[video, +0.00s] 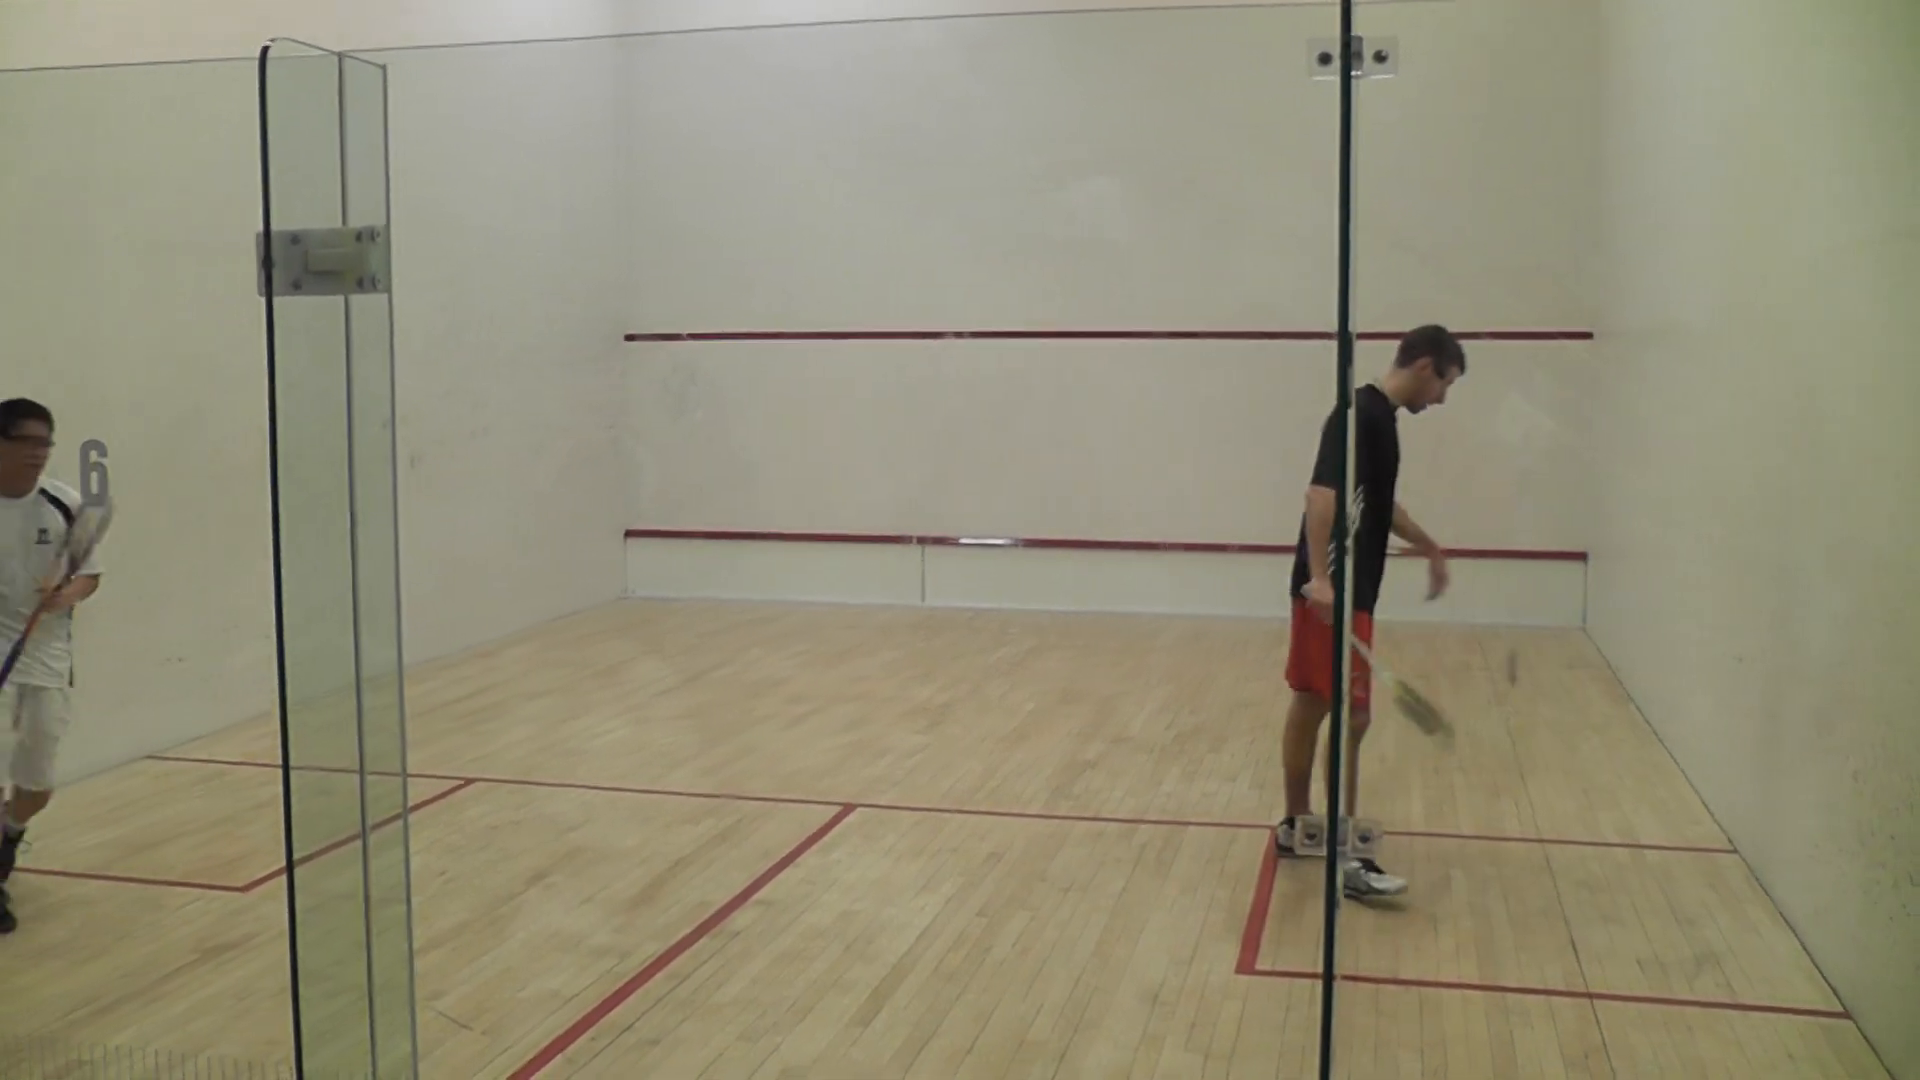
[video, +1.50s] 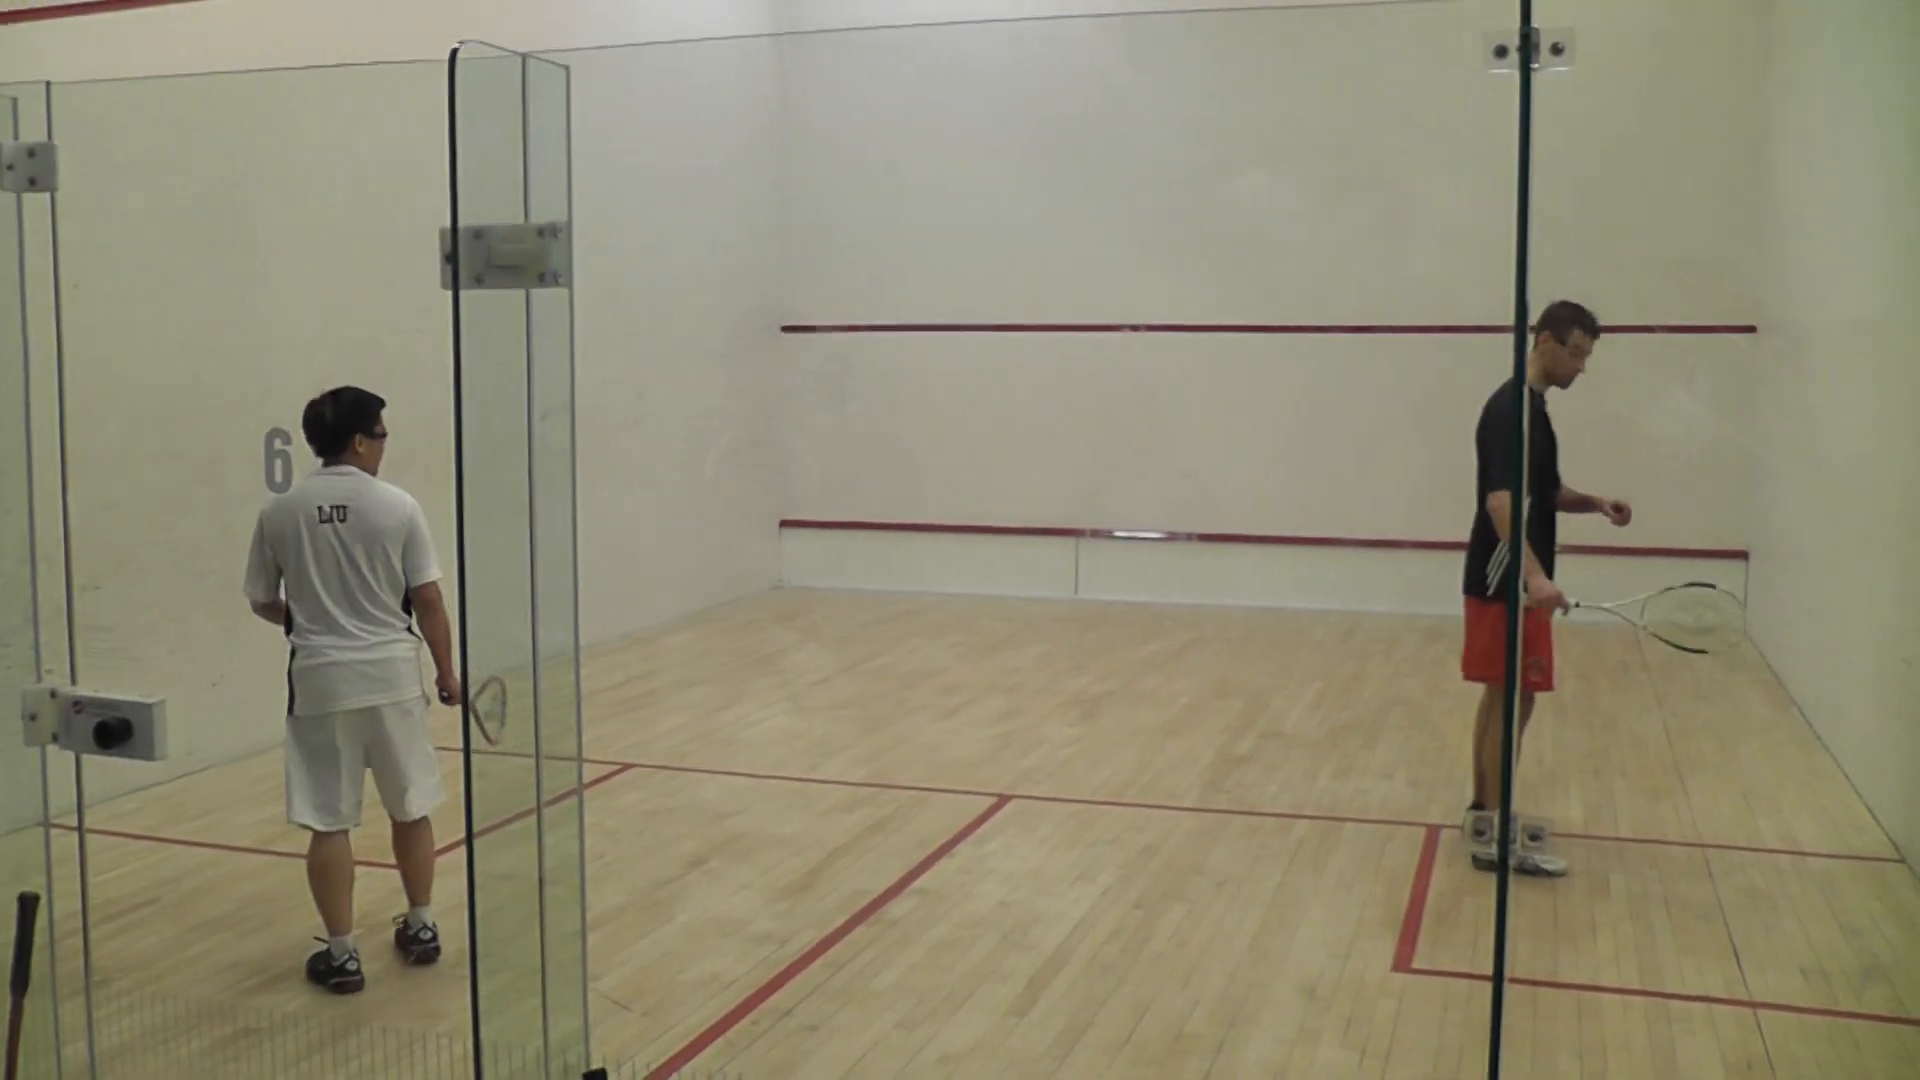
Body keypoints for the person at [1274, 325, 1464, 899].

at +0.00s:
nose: (1441, 398)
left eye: (1447, 388)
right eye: (1443, 384)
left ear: (1420, 367)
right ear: (1421, 366)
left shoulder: (1377, 417)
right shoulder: (1361, 413)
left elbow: (1377, 501)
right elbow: (1321, 497)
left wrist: (1428, 546)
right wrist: (1319, 575)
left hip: (1336, 589)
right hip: (1341, 594)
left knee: (1310, 703)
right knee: (1353, 715)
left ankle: (1298, 824)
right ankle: (1343, 852)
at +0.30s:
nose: (1459, 390)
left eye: (1465, 380)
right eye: (1461, 376)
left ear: (1435, 357)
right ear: (1439, 358)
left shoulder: (1380, 407)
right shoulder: (1386, 414)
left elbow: (1366, 509)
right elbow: (1367, 511)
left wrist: (1389, 584)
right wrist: (1392, 588)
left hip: (1344, 584)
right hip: (1352, 589)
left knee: (1336, 700)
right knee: (1352, 708)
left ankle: (1329, 818)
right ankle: (1338, 834)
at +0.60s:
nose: (1466, 379)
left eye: (1470, 367)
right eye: (1466, 365)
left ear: (1433, 348)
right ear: (1445, 350)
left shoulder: (1378, 397)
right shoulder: (1401, 406)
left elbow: (1346, 480)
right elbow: (1396, 506)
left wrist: (1380, 537)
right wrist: (1429, 576)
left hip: (1356, 576)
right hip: (1383, 581)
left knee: (1352, 690)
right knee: (1403, 693)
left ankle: (1345, 810)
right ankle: (1362, 818)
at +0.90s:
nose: (1482, 371)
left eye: (1486, 360)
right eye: (1482, 357)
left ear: (1449, 342)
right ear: (1461, 344)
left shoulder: (1404, 393)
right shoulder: (1416, 401)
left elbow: (1402, 498)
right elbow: (1403, 500)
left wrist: (1433, 564)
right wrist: (1437, 573)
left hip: (1385, 571)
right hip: (1406, 576)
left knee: (1373, 683)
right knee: (1427, 687)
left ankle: (1359, 807)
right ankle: (1406, 816)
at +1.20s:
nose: (1551, 372)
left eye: (1556, 361)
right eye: (1552, 358)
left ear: (1518, 342)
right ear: (1531, 345)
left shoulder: (1469, 392)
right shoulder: (1486, 404)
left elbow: (1468, 493)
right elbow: (1480, 504)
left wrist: (1500, 545)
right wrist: (1491, 594)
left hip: (1458, 571)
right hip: (1467, 579)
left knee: (1474, 686)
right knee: (1483, 691)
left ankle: (1432, 792)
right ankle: (1457, 821)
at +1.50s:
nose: (1583, 367)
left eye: (1586, 356)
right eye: (1579, 354)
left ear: (1554, 348)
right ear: (1547, 343)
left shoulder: (1533, 407)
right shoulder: (1510, 408)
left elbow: (1544, 493)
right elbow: (1500, 504)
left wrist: (1597, 503)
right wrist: (1534, 573)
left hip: (1516, 584)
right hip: (1504, 585)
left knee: (1503, 697)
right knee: (1515, 702)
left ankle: (1485, 815)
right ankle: (1496, 833)